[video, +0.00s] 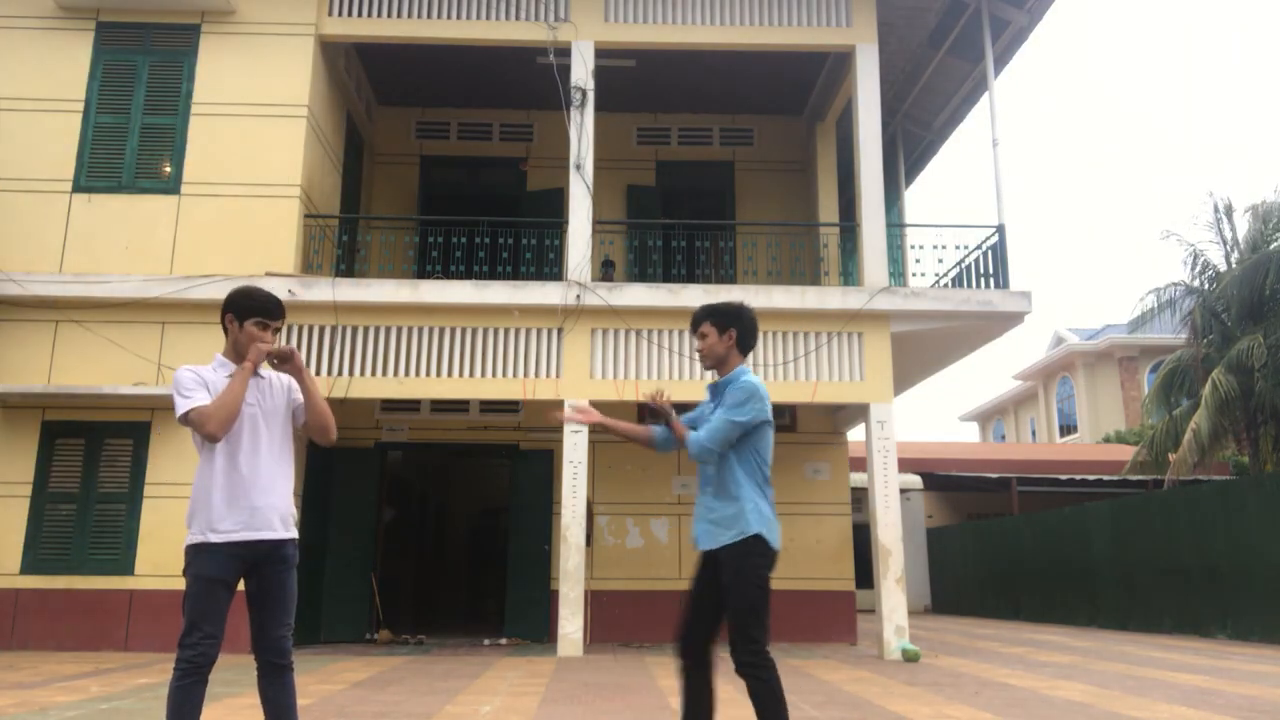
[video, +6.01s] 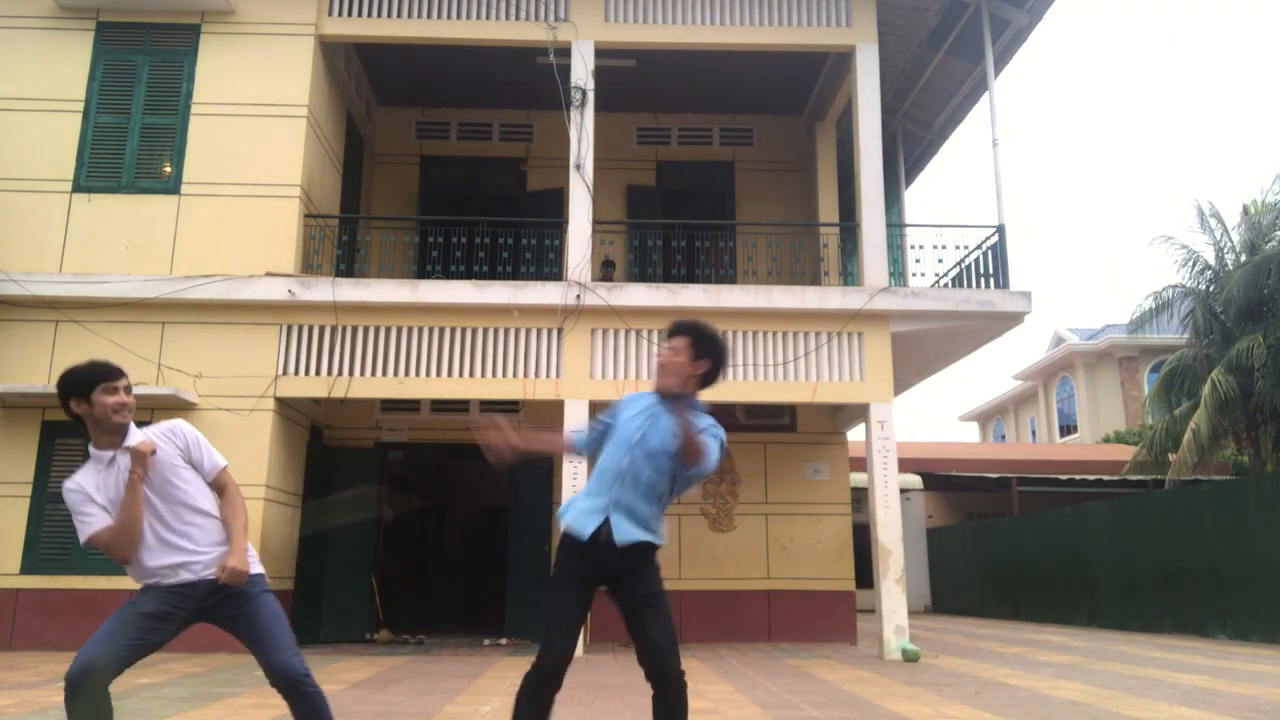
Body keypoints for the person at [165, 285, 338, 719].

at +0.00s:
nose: (268, 337)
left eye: (275, 330)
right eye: (260, 326)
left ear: (279, 335)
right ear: (230, 323)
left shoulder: (285, 386)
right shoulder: (193, 377)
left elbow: (326, 434)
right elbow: (213, 427)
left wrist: (302, 374)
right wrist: (247, 366)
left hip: (277, 538)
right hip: (215, 538)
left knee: (278, 658)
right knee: (197, 656)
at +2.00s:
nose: (345, 370)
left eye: (349, 362)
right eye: (336, 358)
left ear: (351, 367)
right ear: (306, 358)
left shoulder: (358, 421)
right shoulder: (265, 410)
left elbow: (402, 475)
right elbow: (276, 464)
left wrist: (454, 471)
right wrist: (326, 410)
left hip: (346, 567)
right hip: (275, 567)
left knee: (414, 648)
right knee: (197, 664)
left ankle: (423, 716)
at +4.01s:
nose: (334, 367)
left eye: (338, 358)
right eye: (324, 356)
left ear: (342, 362)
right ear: (293, 357)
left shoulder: (351, 416)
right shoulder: (257, 412)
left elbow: (396, 470)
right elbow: (276, 467)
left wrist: (448, 473)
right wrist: (319, 408)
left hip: (348, 570)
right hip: (274, 571)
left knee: (413, 649)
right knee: (199, 663)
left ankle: (422, 719)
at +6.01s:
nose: (124, 400)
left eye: (126, 391)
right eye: (109, 392)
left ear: (134, 396)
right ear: (78, 406)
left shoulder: (175, 434)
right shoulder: (80, 486)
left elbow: (227, 487)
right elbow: (120, 549)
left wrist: (238, 551)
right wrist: (137, 475)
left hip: (234, 579)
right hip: (165, 592)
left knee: (290, 673)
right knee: (84, 676)